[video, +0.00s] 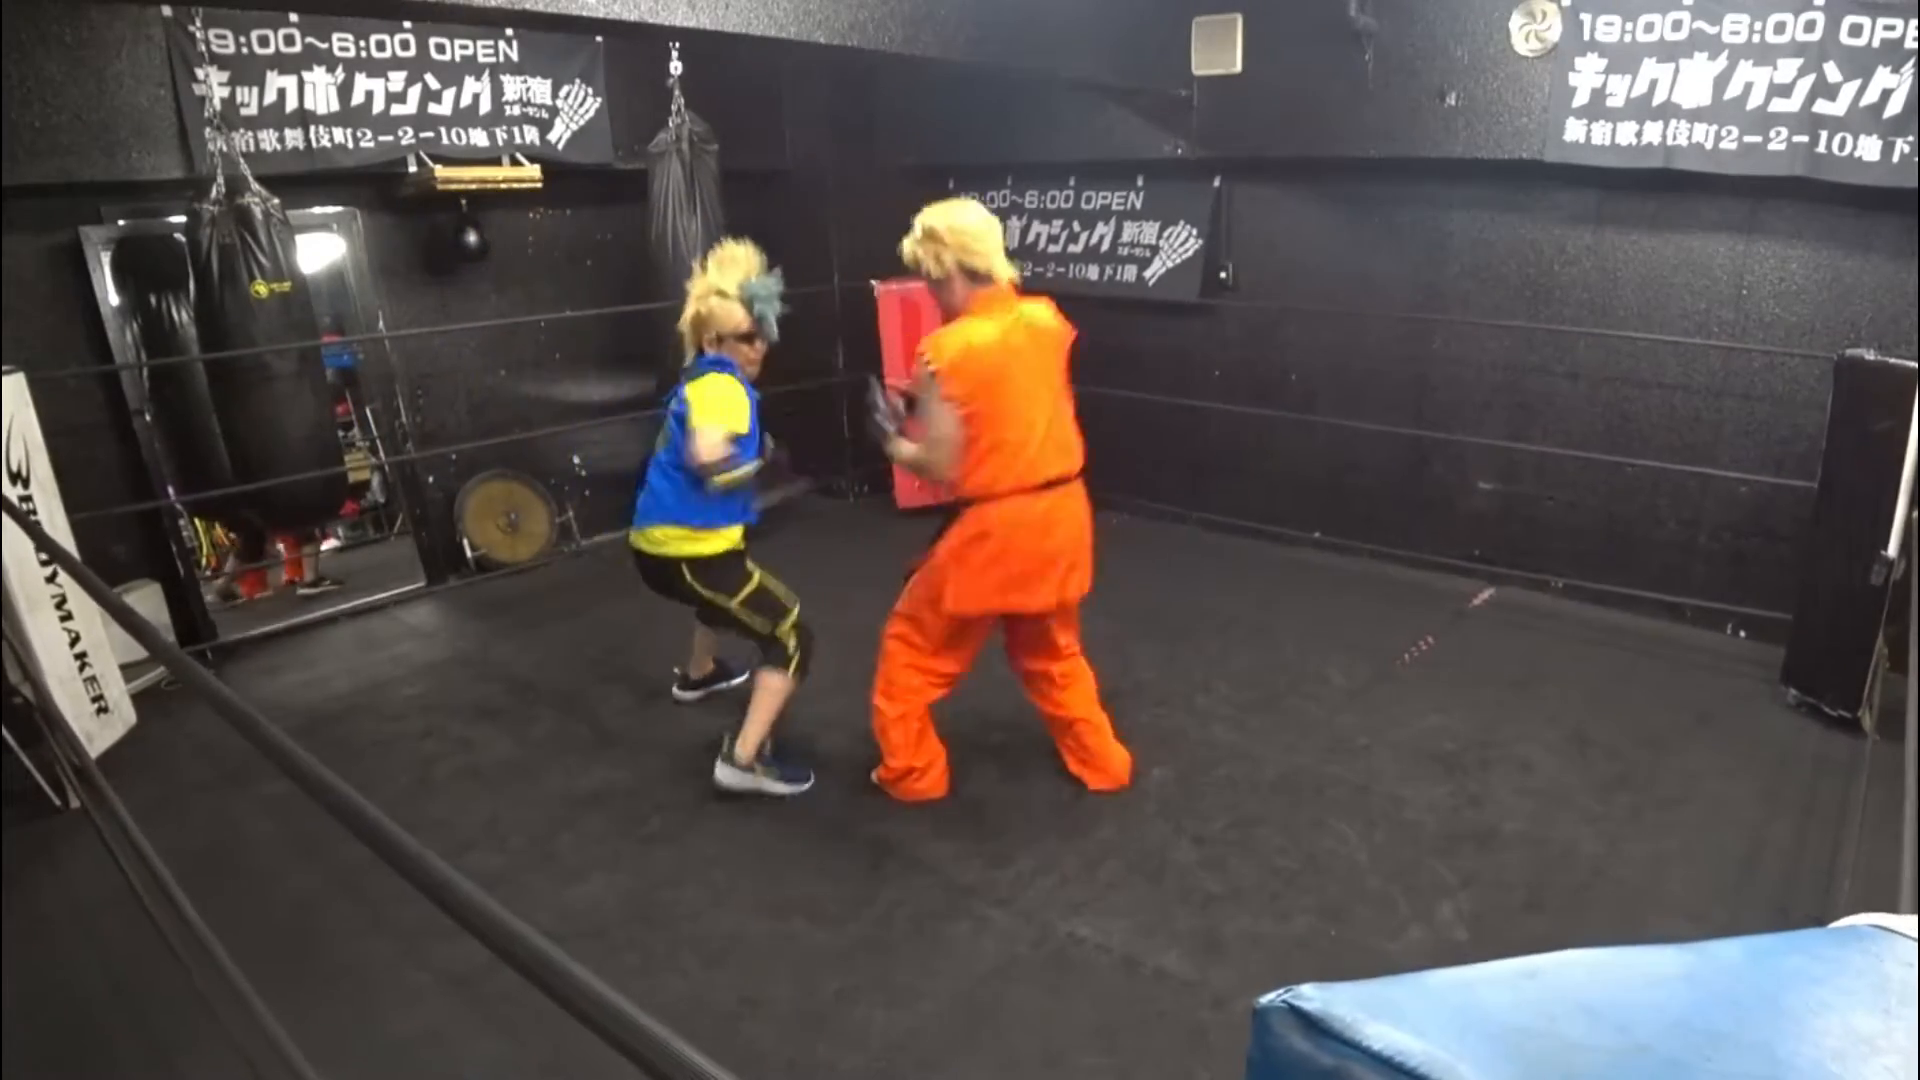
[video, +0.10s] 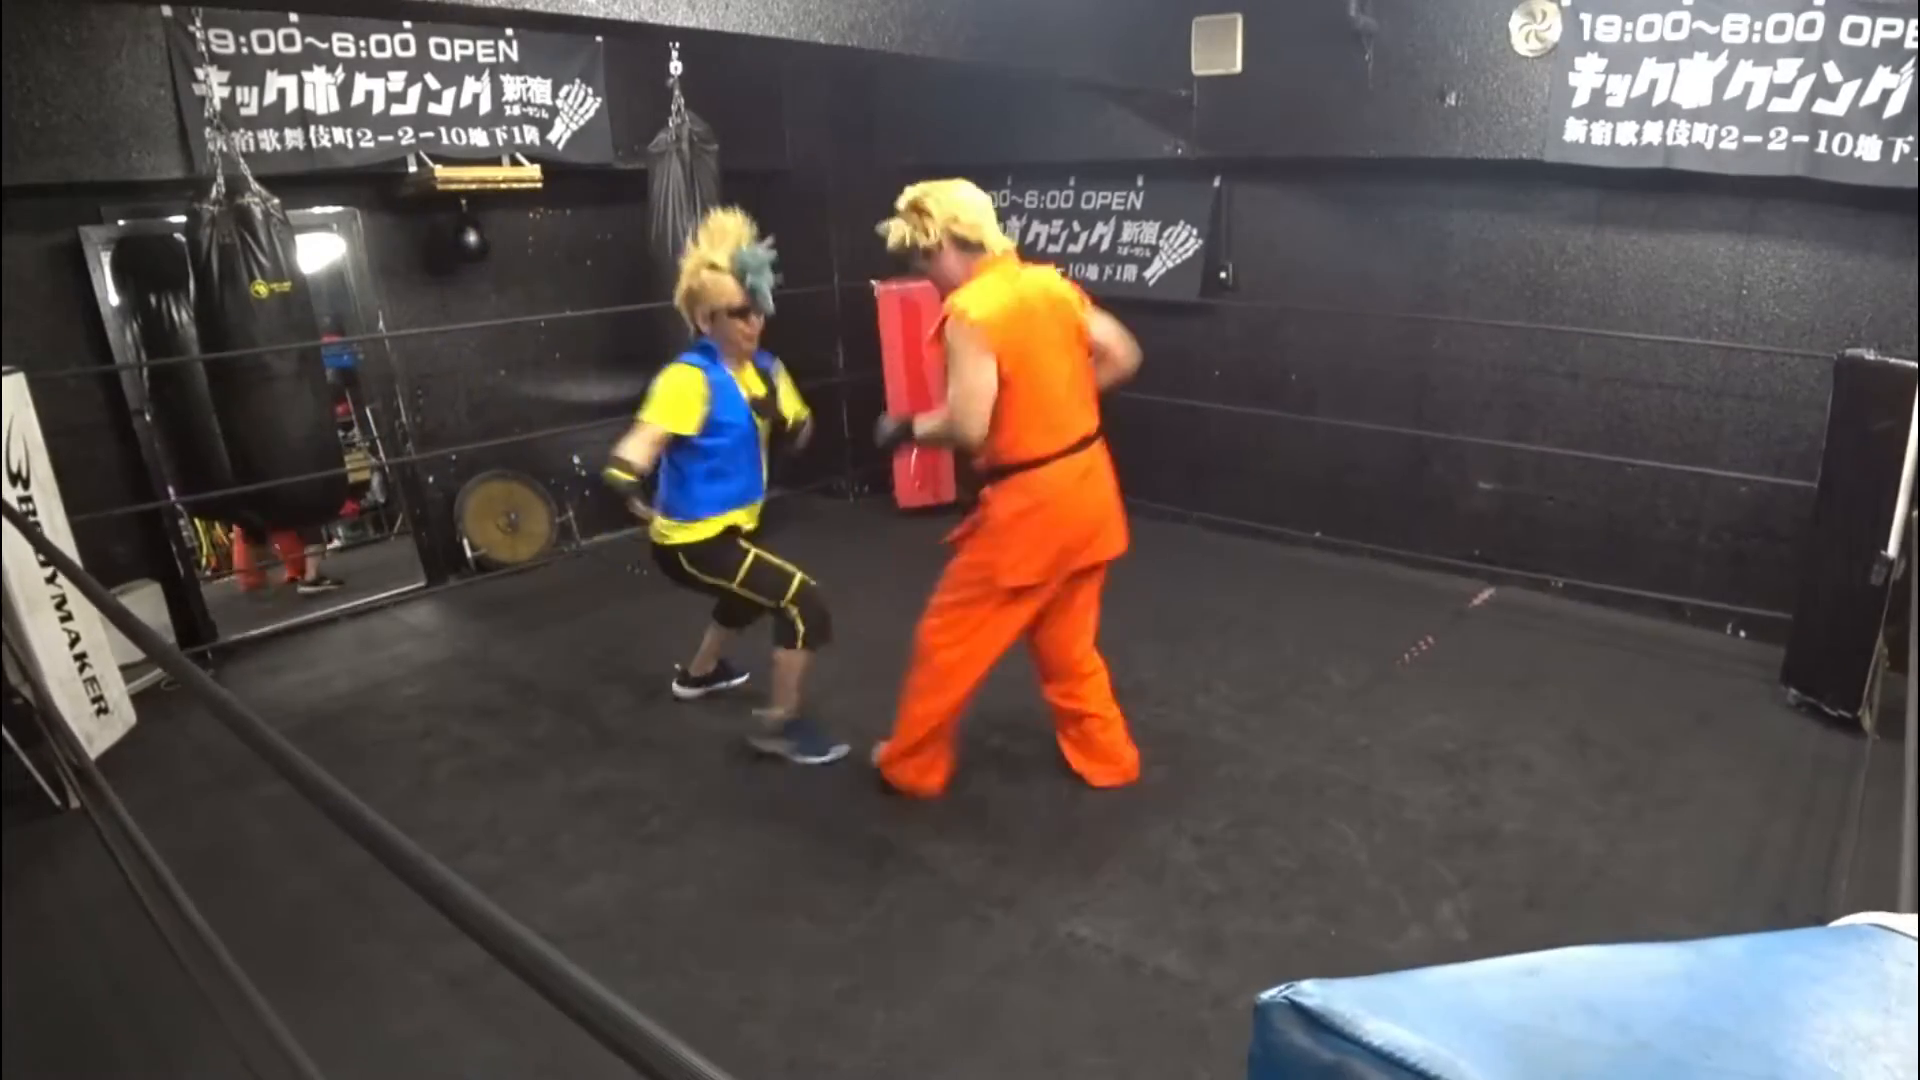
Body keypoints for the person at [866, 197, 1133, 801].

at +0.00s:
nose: (930, 292)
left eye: (931, 278)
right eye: (927, 279)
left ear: (952, 270)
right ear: (990, 261)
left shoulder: (945, 352)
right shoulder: (1044, 321)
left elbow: (942, 463)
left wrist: (893, 440)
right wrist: (924, 405)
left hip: (994, 528)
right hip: (1066, 515)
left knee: (913, 642)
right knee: (1052, 648)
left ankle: (912, 771)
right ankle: (1103, 763)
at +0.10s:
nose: (927, 273)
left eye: (927, 257)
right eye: (922, 260)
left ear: (952, 243)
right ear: (983, 237)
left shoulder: (969, 312)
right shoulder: (1049, 283)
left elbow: (968, 428)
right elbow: (1123, 354)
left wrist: (906, 429)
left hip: (1029, 507)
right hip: (1093, 492)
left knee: (949, 636)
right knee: (1067, 642)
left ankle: (913, 763)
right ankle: (1109, 759)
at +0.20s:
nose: (941, 274)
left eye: (941, 256)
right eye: (935, 260)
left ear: (970, 239)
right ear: (996, 234)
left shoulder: (983, 298)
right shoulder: (1068, 277)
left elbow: (960, 374)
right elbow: (1148, 321)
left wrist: (891, 365)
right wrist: (1096, 355)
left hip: (1053, 508)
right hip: (1116, 489)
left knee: (993, 642)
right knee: (1094, 636)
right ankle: (1127, 751)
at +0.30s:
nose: (954, 275)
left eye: (956, 258)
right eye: (949, 261)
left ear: (988, 245)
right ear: (1018, 243)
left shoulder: (991, 306)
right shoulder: (1082, 295)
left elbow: (954, 355)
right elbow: (1158, 330)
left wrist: (883, 327)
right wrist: (1110, 350)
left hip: (1080, 518)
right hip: (1141, 505)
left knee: (1046, 666)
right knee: (1124, 664)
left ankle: (1127, 792)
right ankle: (1143, 780)